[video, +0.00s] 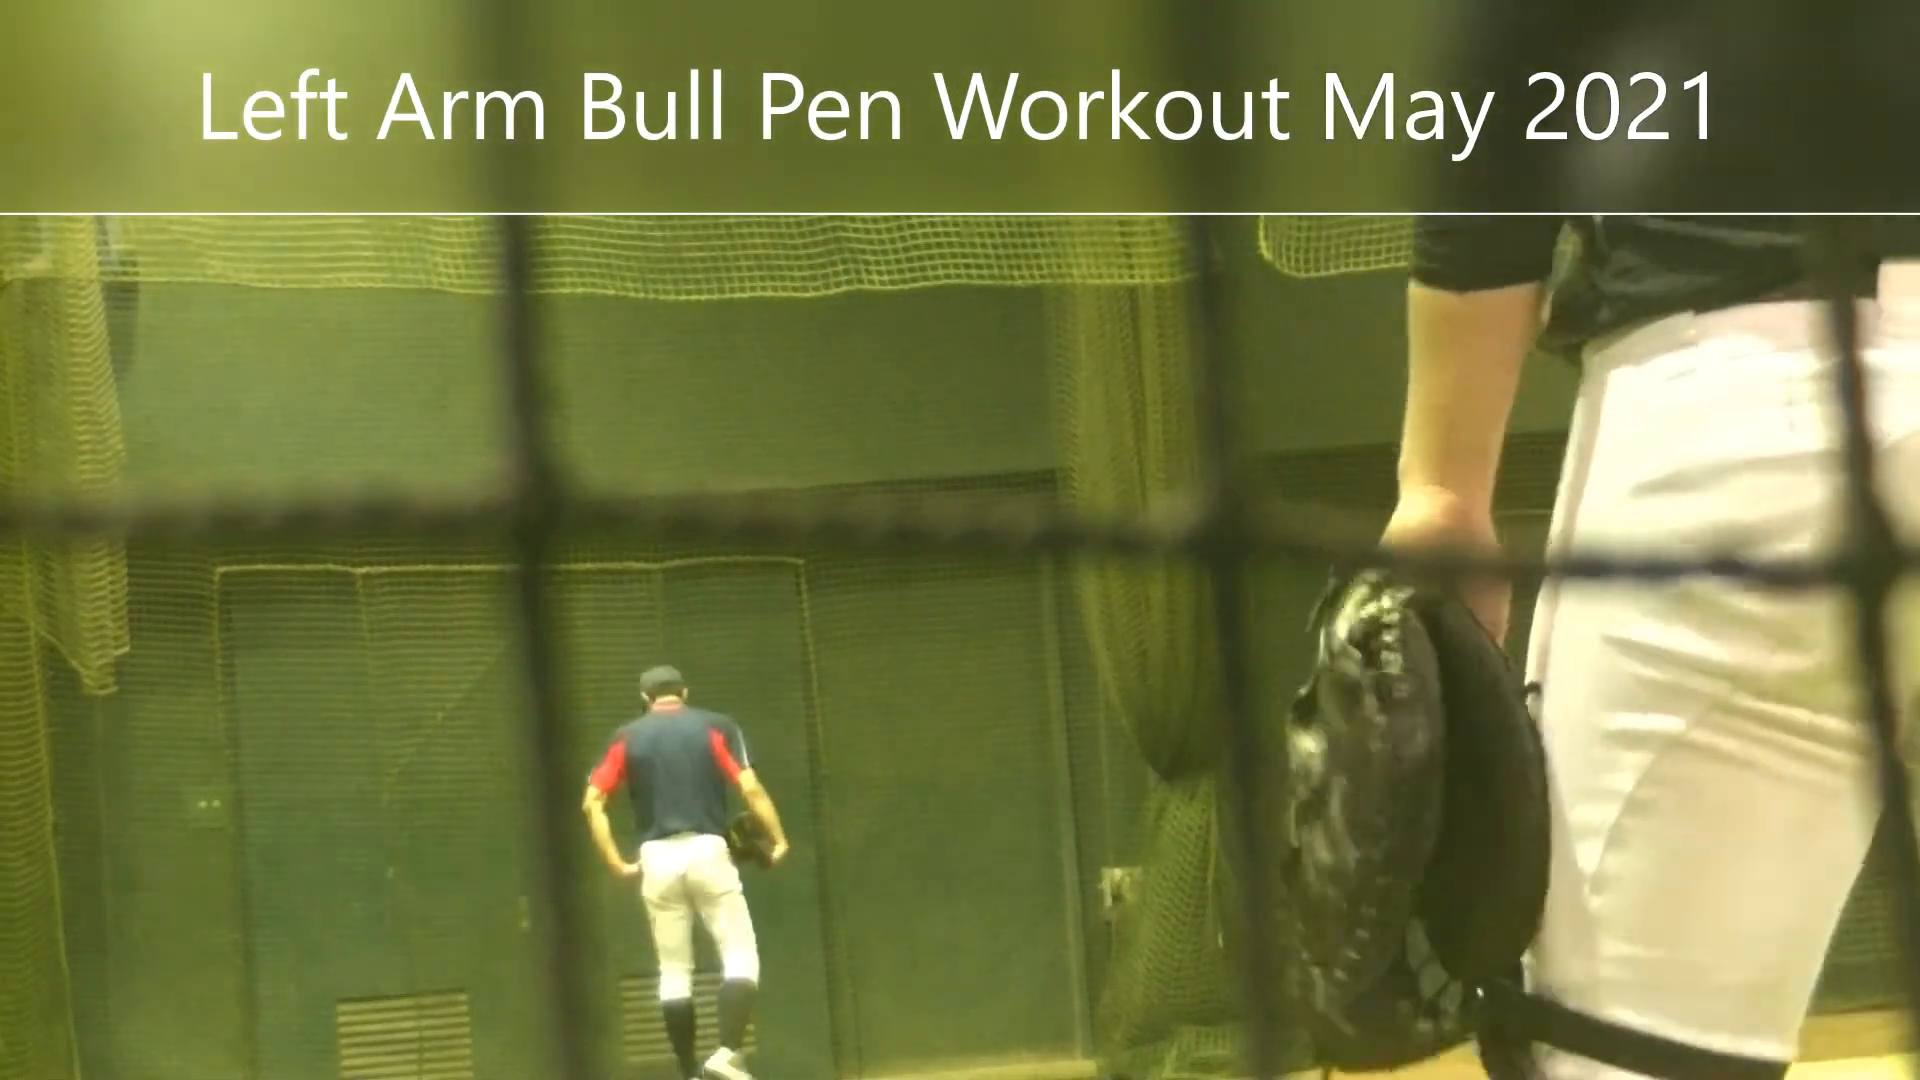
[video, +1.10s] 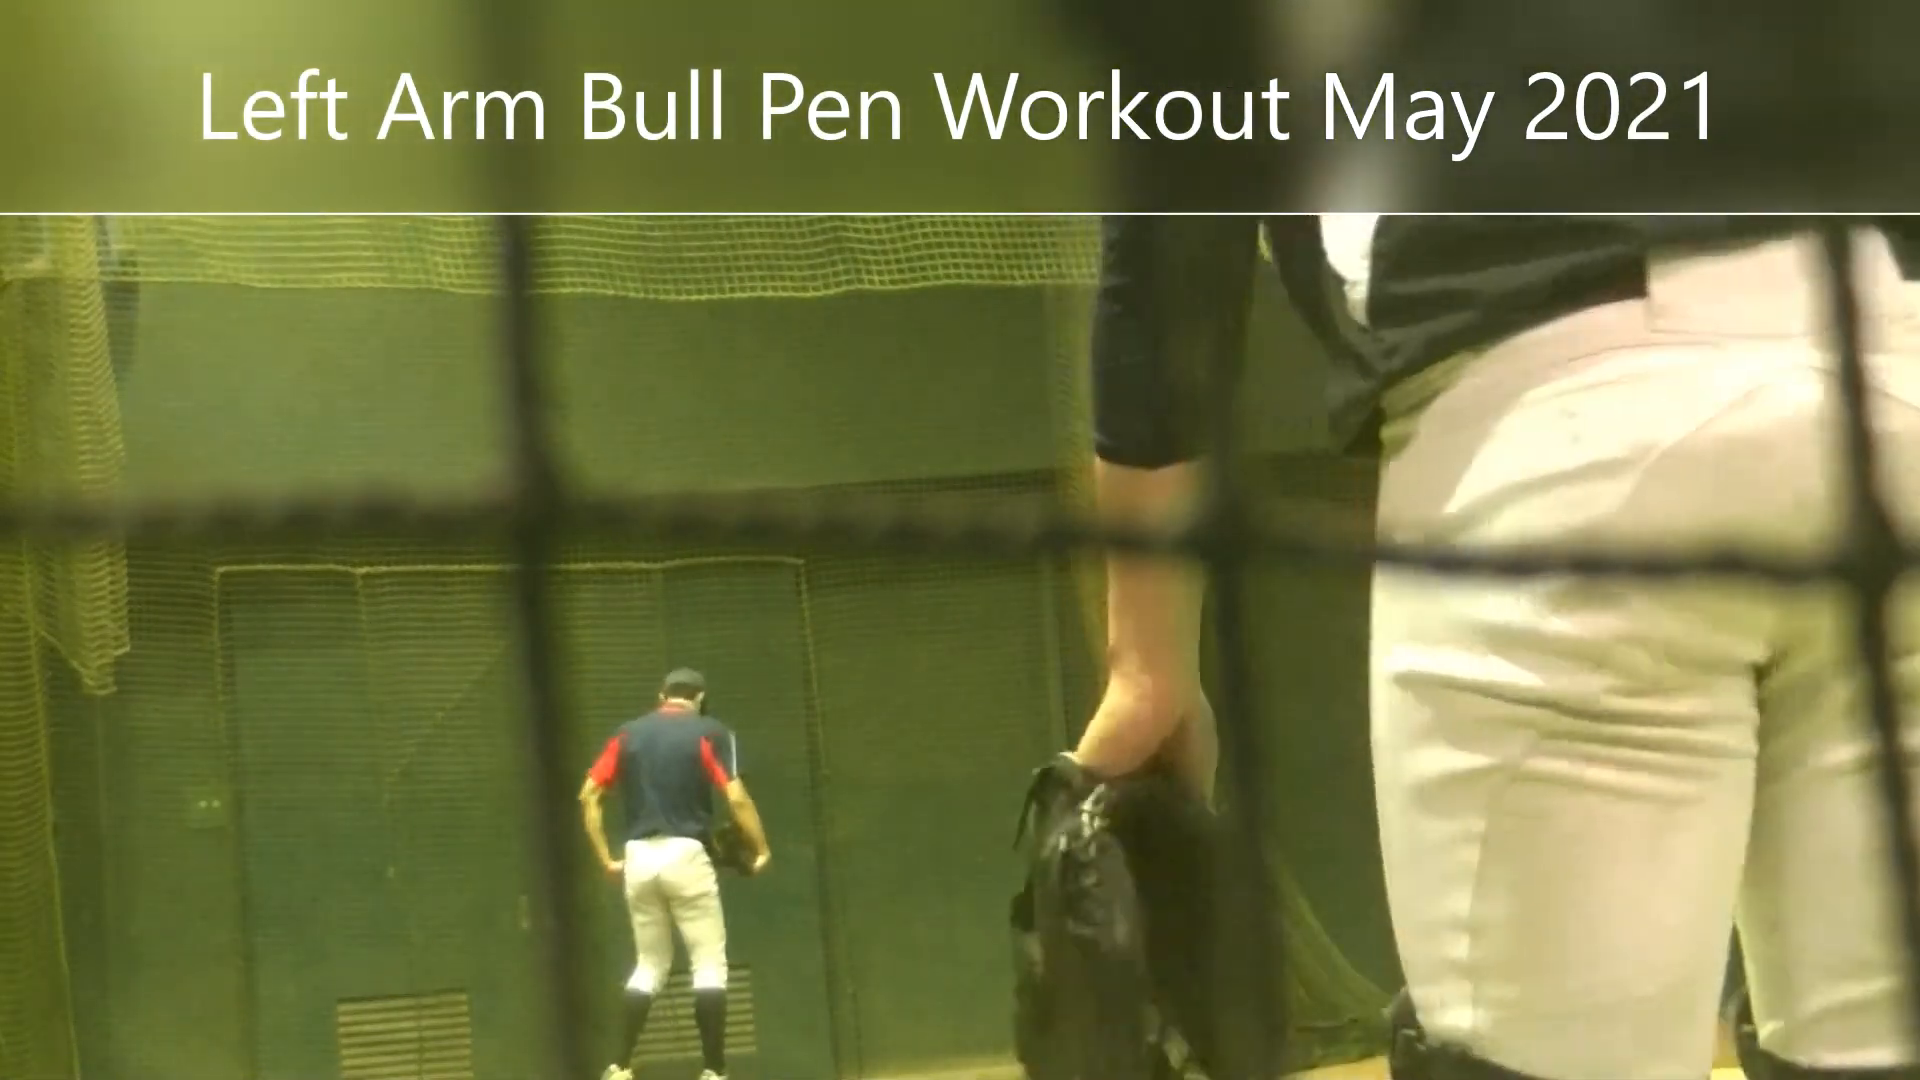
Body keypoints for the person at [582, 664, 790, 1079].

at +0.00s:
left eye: (649, 696)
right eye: (674, 690)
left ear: (645, 699)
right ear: (684, 693)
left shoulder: (628, 737)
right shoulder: (715, 726)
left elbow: (592, 802)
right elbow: (750, 789)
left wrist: (615, 863)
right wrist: (778, 837)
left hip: (657, 859)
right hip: (709, 853)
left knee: (673, 968)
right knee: (739, 953)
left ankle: (687, 1069)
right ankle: (728, 1052)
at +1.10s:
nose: (696, 706)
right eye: (699, 700)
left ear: (661, 698)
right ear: (699, 700)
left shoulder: (629, 733)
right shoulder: (710, 731)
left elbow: (589, 795)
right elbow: (737, 799)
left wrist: (606, 859)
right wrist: (762, 849)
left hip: (637, 859)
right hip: (686, 856)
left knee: (650, 962)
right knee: (708, 959)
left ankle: (619, 1065)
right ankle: (714, 1069)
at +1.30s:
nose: (687, 717)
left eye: (687, 711)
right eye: (688, 711)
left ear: (649, 700)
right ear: (679, 703)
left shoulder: (611, 737)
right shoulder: (677, 732)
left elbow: (580, 802)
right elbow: (694, 791)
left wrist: (607, 846)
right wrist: (738, 835)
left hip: (614, 862)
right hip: (659, 860)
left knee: (634, 968)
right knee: (694, 961)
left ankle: (614, 1072)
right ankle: (712, 1067)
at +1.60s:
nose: (660, 718)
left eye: (663, 712)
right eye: (662, 711)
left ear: (633, 695)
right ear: (650, 697)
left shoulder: (597, 732)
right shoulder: (633, 730)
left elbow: (612, 804)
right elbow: (630, 799)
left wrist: (666, 838)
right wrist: (671, 840)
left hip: (589, 858)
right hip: (621, 857)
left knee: (614, 970)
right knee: (667, 959)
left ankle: (605, 1072)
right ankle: (671, 1067)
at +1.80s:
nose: (651, 718)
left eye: (654, 711)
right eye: (652, 709)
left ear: (630, 696)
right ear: (637, 697)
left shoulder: (599, 731)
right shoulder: (613, 734)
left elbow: (626, 785)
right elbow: (601, 807)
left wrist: (682, 792)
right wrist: (646, 851)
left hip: (589, 859)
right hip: (607, 859)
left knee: (615, 968)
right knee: (640, 962)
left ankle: (601, 1066)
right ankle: (620, 1067)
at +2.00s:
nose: (647, 718)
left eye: (650, 710)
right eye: (646, 708)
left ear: (629, 701)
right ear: (626, 698)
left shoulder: (612, 739)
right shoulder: (598, 739)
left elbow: (653, 755)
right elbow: (572, 808)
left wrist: (708, 735)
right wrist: (616, 855)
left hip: (619, 868)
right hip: (595, 867)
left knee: (625, 975)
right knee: (617, 975)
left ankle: (607, 1069)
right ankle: (600, 1070)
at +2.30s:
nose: (645, 726)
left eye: (648, 718)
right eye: (640, 717)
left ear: (644, 717)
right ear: (618, 710)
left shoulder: (640, 755)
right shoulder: (572, 754)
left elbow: (690, 793)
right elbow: (530, 810)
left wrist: (750, 787)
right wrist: (556, 851)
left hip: (615, 879)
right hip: (573, 882)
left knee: (635, 972)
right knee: (589, 982)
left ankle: (572, 1056)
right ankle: (586, 1067)